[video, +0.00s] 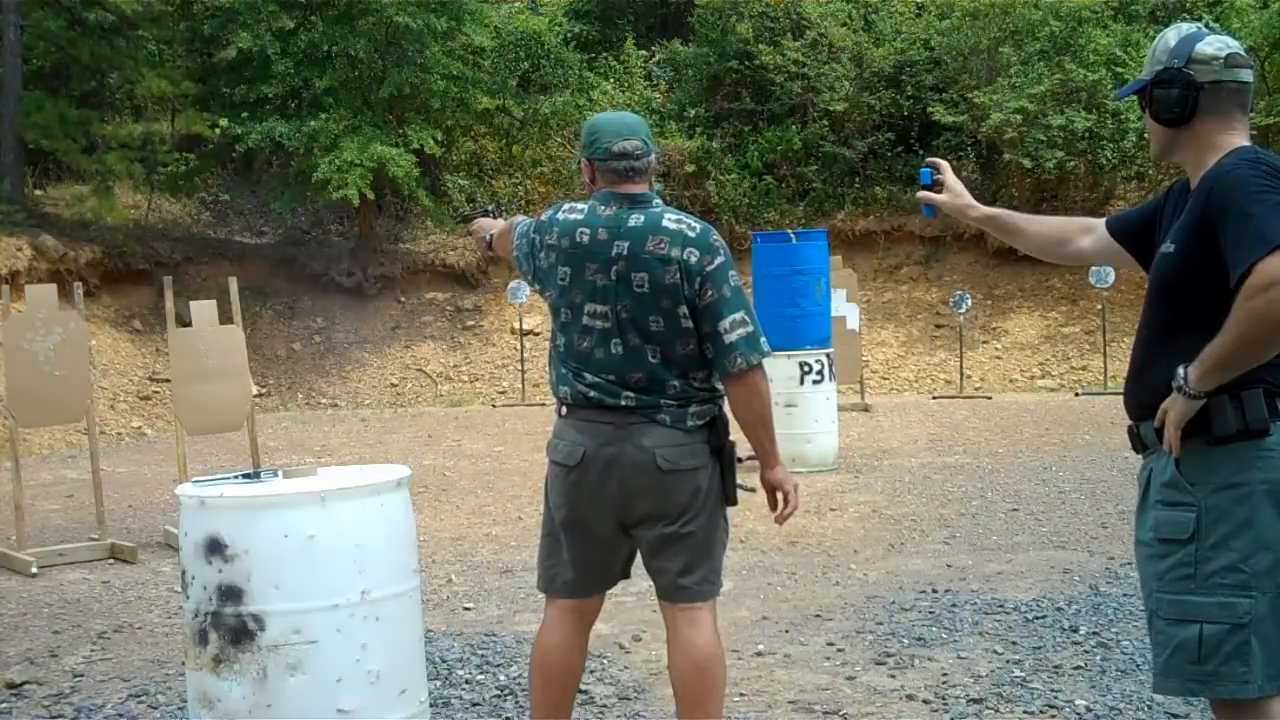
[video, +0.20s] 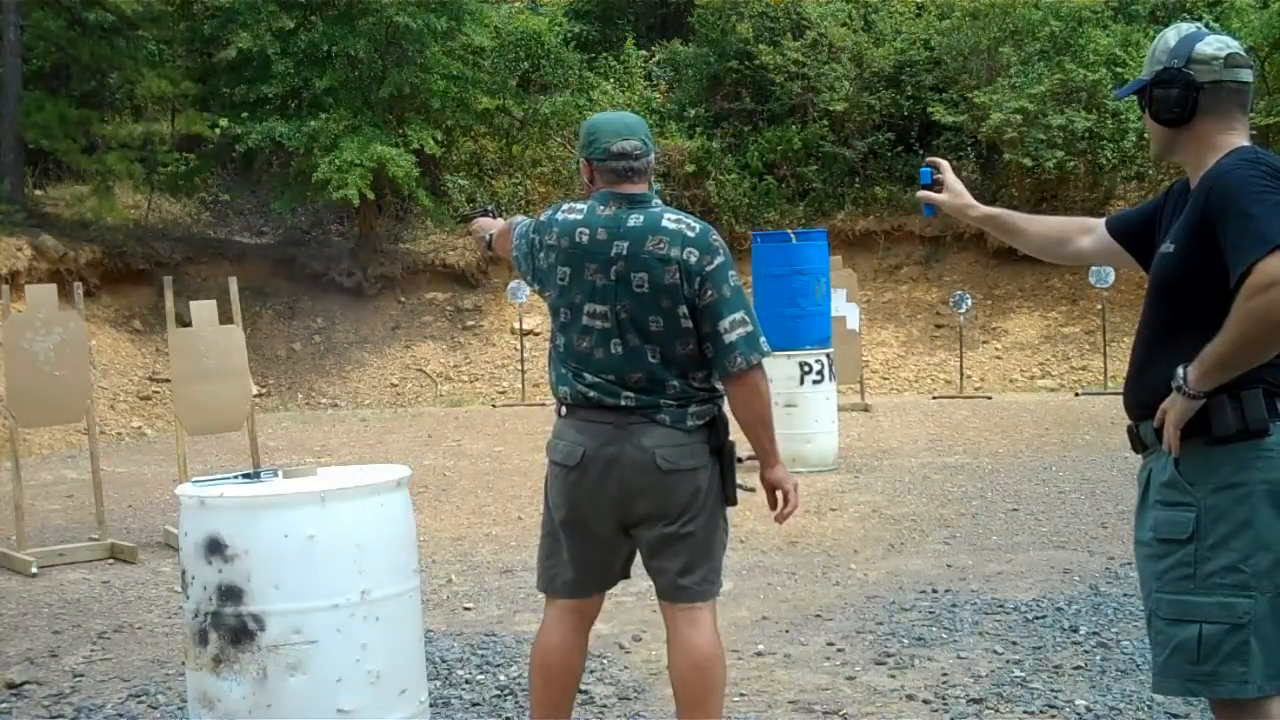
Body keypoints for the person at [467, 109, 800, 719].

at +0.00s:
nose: (582, 171)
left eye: (583, 164)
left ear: (588, 171)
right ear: (653, 167)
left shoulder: (560, 230)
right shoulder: (698, 241)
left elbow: (507, 241)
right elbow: (740, 364)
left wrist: (490, 227)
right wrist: (770, 460)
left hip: (583, 446)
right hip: (678, 450)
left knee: (568, 609)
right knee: (691, 611)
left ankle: (548, 716)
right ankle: (702, 715)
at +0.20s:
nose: (582, 172)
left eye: (582, 165)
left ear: (587, 172)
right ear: (652, 168)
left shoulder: (559, 230)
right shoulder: (697, 241)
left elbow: (507, 241)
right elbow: (740, 364)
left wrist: (489, 227)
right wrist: (770, 459)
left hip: (583, 446)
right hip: (678, 451)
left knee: (568, 608)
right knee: (691, 611)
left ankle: (547, 716)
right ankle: (702, 715)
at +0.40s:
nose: (582, 173)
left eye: (582, 166)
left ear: (588, 172)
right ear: (653, 168)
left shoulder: (557, 232)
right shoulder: (699, 241)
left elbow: (514, 242)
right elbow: (742, 365)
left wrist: (500, 225)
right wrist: (770, 459)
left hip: (583, 446)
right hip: (678, 451)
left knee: (567, 610)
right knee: (691, 612)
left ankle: (546, 716)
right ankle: (701, 716)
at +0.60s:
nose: (583, 173)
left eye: (584, 166)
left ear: (592, 171)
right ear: (657, 168)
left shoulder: (558, 232)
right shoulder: (700, 242)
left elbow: (520, 236)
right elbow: (745, 367)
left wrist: (514, 229)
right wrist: (772, 461)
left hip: (584, 448)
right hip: (681, 452)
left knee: (568, 609)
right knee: (692, 611)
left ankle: (546, 717)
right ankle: (701, 717)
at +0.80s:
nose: (583, 174)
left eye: (584, 166)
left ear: (592, 171)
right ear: (656, 167)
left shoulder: (564, 231)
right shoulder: (698, 241)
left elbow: (531, 239)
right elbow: (746, 366)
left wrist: (530, 232)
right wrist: (776, 458)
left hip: (584, 446)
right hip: (681, 452)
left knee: (568, 608)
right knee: (692, 611)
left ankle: (547, 713)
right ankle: (702, 716)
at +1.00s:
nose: (585, 172)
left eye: (586, 165)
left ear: (592, 170)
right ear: (658, 166)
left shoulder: (562, 233)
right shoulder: (697, 240)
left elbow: (527, 236)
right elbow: (747, 365)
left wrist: (533, 228)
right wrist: (778, 458)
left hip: (584, 447)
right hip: (682, 452)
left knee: (570, 608)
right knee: (693, 612)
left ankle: (547, 715)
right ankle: (703, 718)